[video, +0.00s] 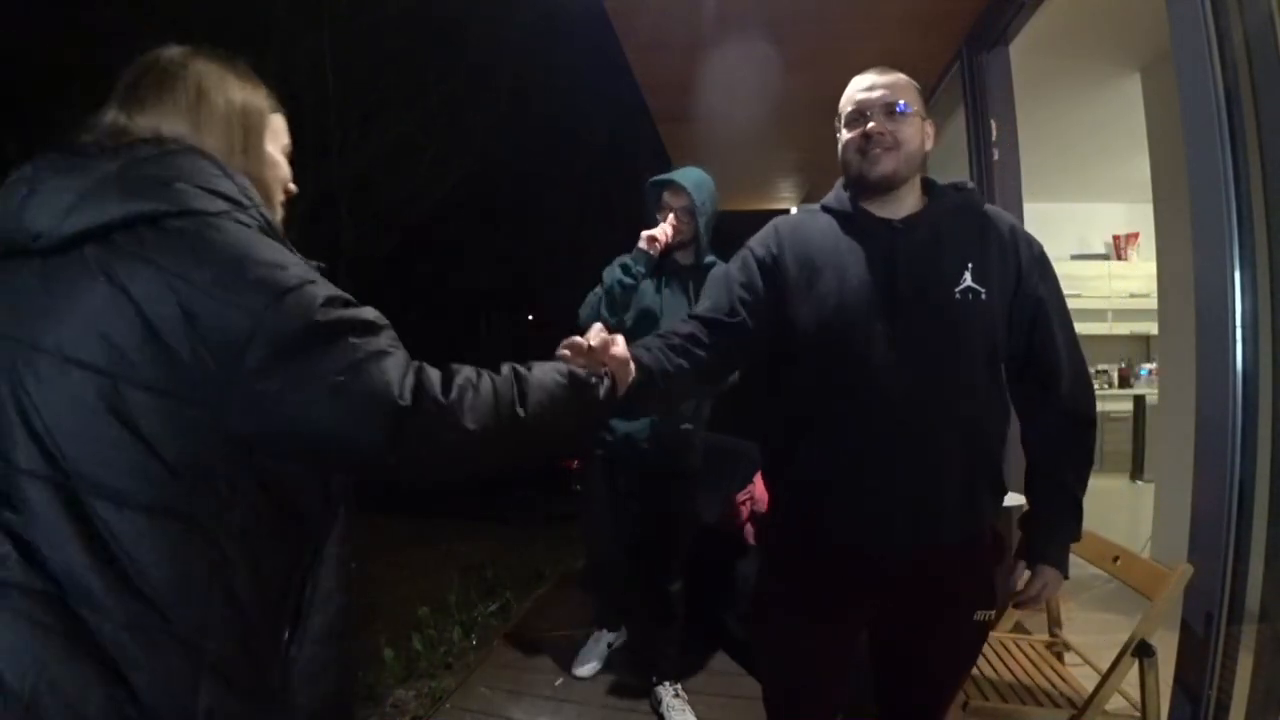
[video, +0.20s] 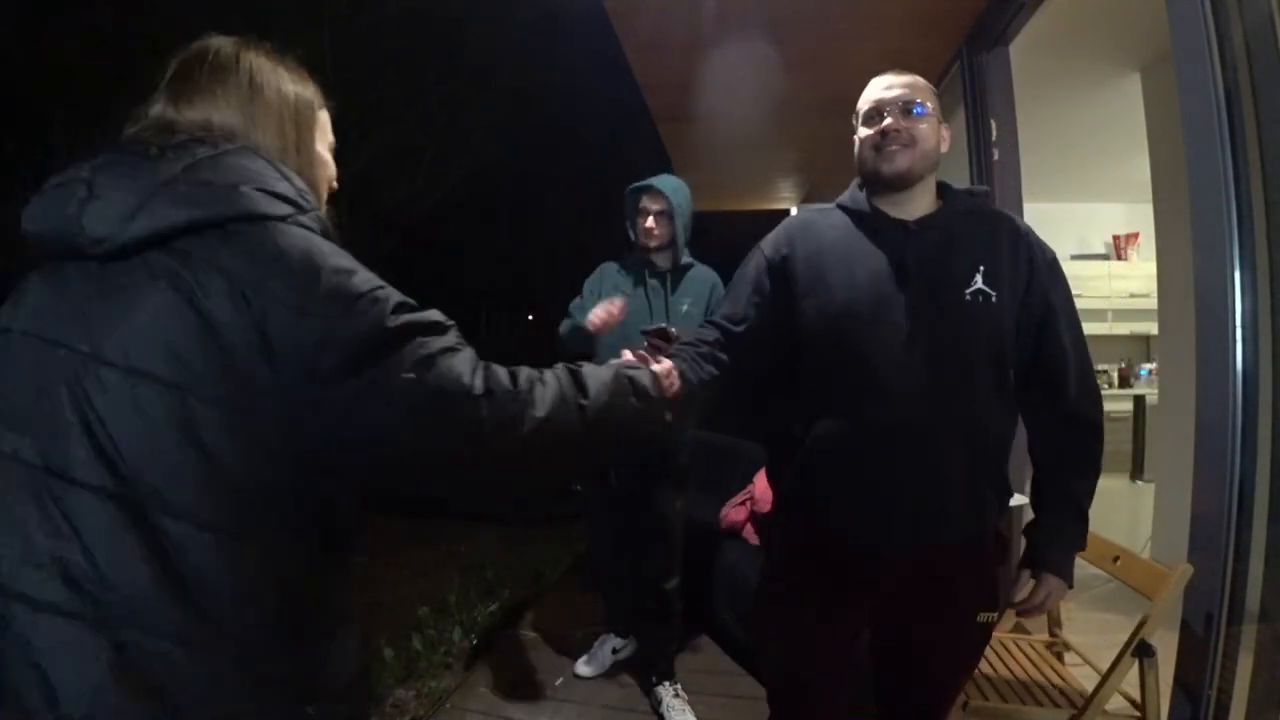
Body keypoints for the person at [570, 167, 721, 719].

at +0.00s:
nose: (670, 220)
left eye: (682, 212)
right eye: (665, 209)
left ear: (705, 217)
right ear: (656, 212)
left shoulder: (721, 279)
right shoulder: (630, 270)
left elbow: (732, 361)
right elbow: (591, 328)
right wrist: (637, 262)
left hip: (686, 440)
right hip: (621, 435)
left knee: (678, 554)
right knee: (609, 540)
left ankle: (666, 673)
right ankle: (610, 624)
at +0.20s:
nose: (650, 224)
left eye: (661, 214)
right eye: (642, 215)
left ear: (682, 220)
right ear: (631, 221)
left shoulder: (706, 284)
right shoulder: (609, 277)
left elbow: (718, 352)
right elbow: (565, 342)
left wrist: (678, 363)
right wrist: (588, 326)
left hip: (675, 433)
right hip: (609, 427)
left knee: (665, 546)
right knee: (611, 532)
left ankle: (661, 670)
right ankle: (620, 629)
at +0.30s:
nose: (638, 227)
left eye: (648, 217)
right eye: (630, 218)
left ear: (668, 222)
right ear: (620, 224)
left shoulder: (695, 284)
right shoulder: (597, 285)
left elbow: (708, 361)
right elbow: (562, 357)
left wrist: (678, 427)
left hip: (667, 439)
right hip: (603, 431)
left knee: (664, 554)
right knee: (608, 540)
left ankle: (663, 673)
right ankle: (618, 632)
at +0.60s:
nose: (604, 230)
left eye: (613, 220)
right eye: (596, 221)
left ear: (635, 225)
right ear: (585, 230)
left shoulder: (659, 288)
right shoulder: (582, 292)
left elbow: (687, 351)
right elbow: (566, 369)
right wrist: (569, 434)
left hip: (650, 444)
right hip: (599, 444)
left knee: (654, 562)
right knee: (607, 547)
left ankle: (656, 667)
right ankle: (621, 632)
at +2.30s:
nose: (680, 240)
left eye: (690, 231)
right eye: (671, 231)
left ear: (708, 232)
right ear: (657, 233)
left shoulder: (730, 281)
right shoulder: (643, 286)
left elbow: (749, 346)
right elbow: (618, 359)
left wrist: (707, 328)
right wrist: (595, 417)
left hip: (706, 433)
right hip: (643, 432)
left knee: (698, 538)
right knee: (629, 533)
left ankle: (696, 643)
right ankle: (621, 633)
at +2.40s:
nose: (690, 237)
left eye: (700, 228)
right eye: (681, 228)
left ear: (717, 230)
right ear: (668, 230)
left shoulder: (736, 285)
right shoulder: (651, 282)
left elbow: (750, 357)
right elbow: (620, 358)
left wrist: (712, 327)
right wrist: (603, 422)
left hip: (707, 437)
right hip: (645, 433)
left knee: (700, 540)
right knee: (631, 536)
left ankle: (696, 645)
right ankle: (620, 633)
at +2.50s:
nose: (696, 235)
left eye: (707, 226)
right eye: (687, 225)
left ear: (723, 229)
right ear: (674, 228)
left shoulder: (741, 284)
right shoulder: (655, 280)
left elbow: (754, 360)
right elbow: (626, 347)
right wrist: (603, 412)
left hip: (712, 440)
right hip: (648, 437)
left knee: (704, 543)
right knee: (633, 539)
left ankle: (697, 643)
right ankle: (621, 634)